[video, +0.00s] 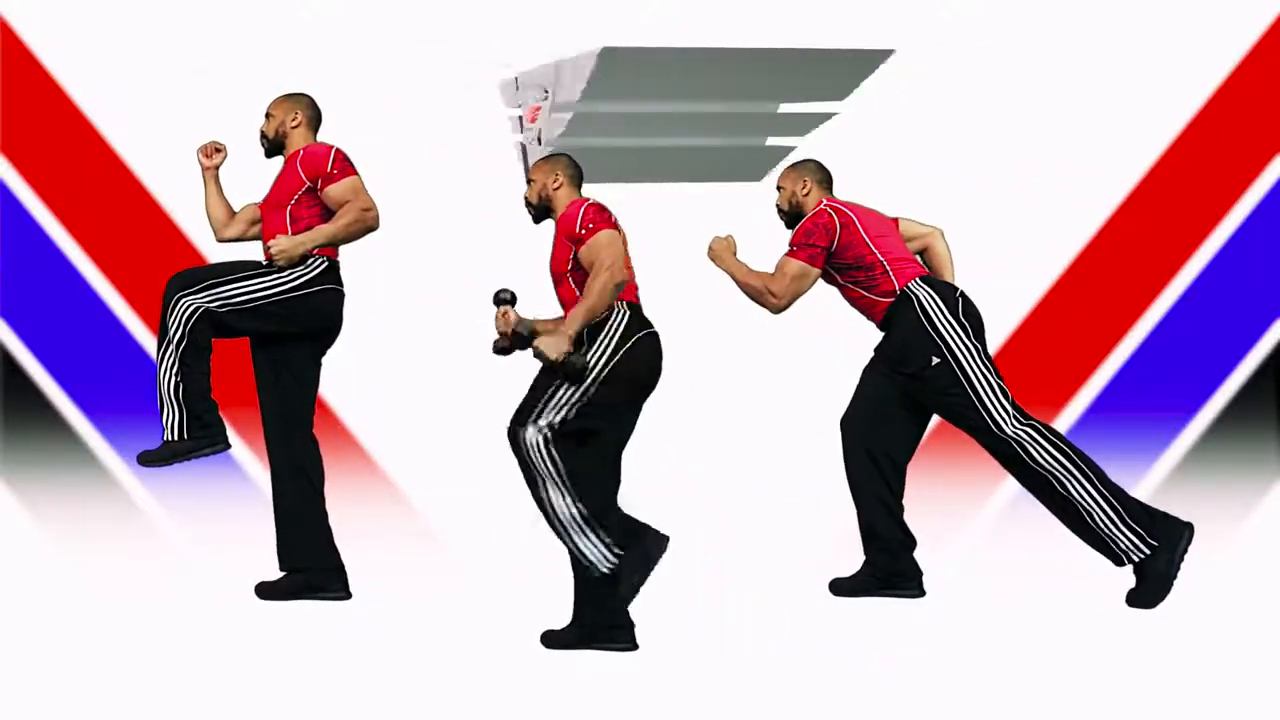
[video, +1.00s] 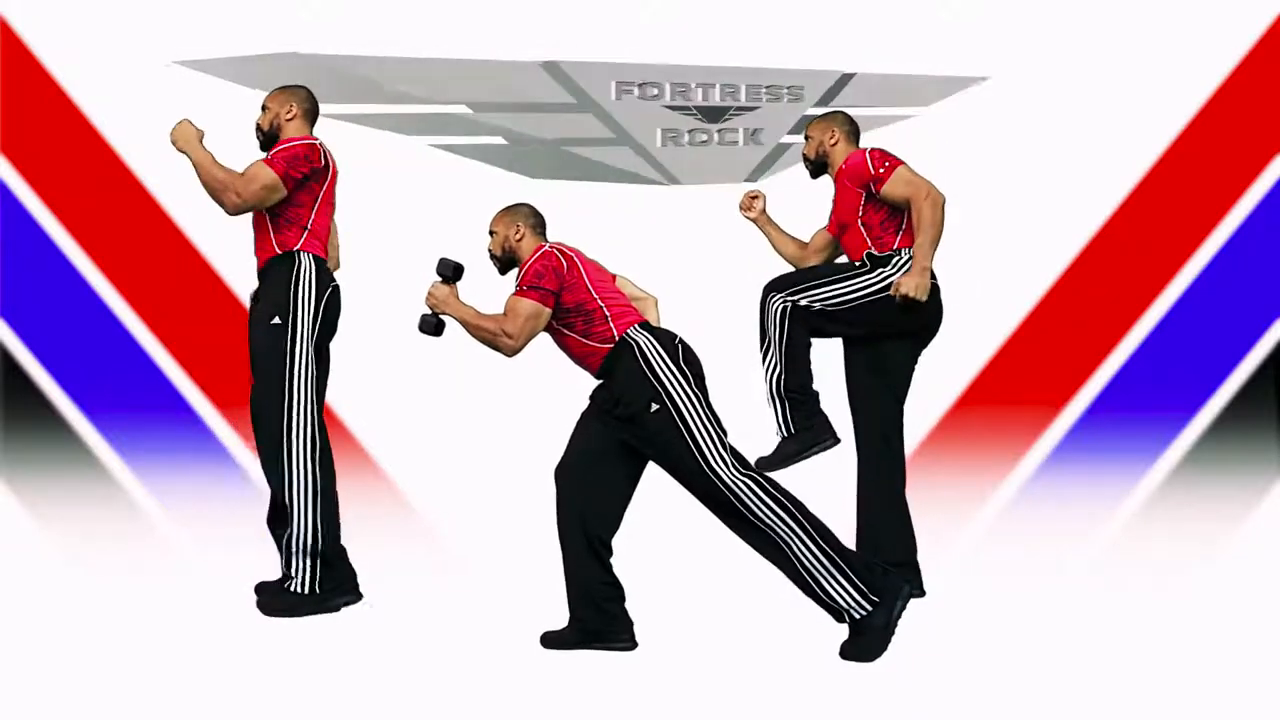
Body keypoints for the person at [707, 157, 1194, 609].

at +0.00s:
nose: (776, 198)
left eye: (782, 188)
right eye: (776, 191)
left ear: (811, 188)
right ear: (815, 192)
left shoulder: (822, 220)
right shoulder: (858, 219)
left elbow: (776, 295)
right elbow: (928, 237)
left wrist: (728, 264)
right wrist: (952, 307)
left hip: (927, 315)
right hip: (912, 326)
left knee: (1010, 434)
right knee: (866, 436)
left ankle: (1151, 540)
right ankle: (890, 567)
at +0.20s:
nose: (775, 199)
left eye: (782, 189)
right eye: (776, 191)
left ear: (811, 190)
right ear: (816, 192)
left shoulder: (822, 220)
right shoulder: (857, 219)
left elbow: (776, 295)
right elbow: (927, 238)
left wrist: (728, 263)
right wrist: (949, 306)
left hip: (927, 316)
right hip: (910, 329)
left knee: (1011, 433)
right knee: (865, 435)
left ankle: (1152, 539)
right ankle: (890, 567)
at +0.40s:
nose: (776, 188)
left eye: (783, 178)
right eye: (776, 181)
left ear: (808, 177)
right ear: (815, 184)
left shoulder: (827, 207)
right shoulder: (852, 211)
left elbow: (803, 282)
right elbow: (919, 254)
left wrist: (742, 284)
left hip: (917, 306)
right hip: (897, 323)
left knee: (969, 427)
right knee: (861, 434)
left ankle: (1121, 529)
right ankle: (893, 567)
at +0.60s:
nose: (786, 166)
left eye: (790, 156)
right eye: (786, 158)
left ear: (814, 153)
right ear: (815, 156)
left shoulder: (845, 180)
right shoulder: (835, 206)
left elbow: (891, 231)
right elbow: (855, 286)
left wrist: (854, 297)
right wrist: (799, 287)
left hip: (906, 288)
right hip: (893, 301)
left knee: (842, 397)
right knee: (875, 433)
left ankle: (944, 501)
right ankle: (893, 564)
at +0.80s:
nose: (797, 150)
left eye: (801, 139)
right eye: (797, 143)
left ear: (825, 137)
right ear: (830, 139)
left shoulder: (857, 160)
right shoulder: (845, 201)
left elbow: (930, 190)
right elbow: (801, 254)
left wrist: (934, 261)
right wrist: (759, 214)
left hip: (897, 269)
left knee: (785, 298)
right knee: (882, 443)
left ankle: (801, 427)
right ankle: (893, 569)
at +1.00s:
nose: (802, 148)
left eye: (807, 138)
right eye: (802, 141)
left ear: (832, 135)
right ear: (835, 139)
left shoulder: (861, 161)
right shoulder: (847, 200)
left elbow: (928, 197)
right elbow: (808, 256)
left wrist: (921, 265)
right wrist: (763, 220)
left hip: (895, 276)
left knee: (781, 296)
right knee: (877, 437)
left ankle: (802, 425)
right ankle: (891, 568)